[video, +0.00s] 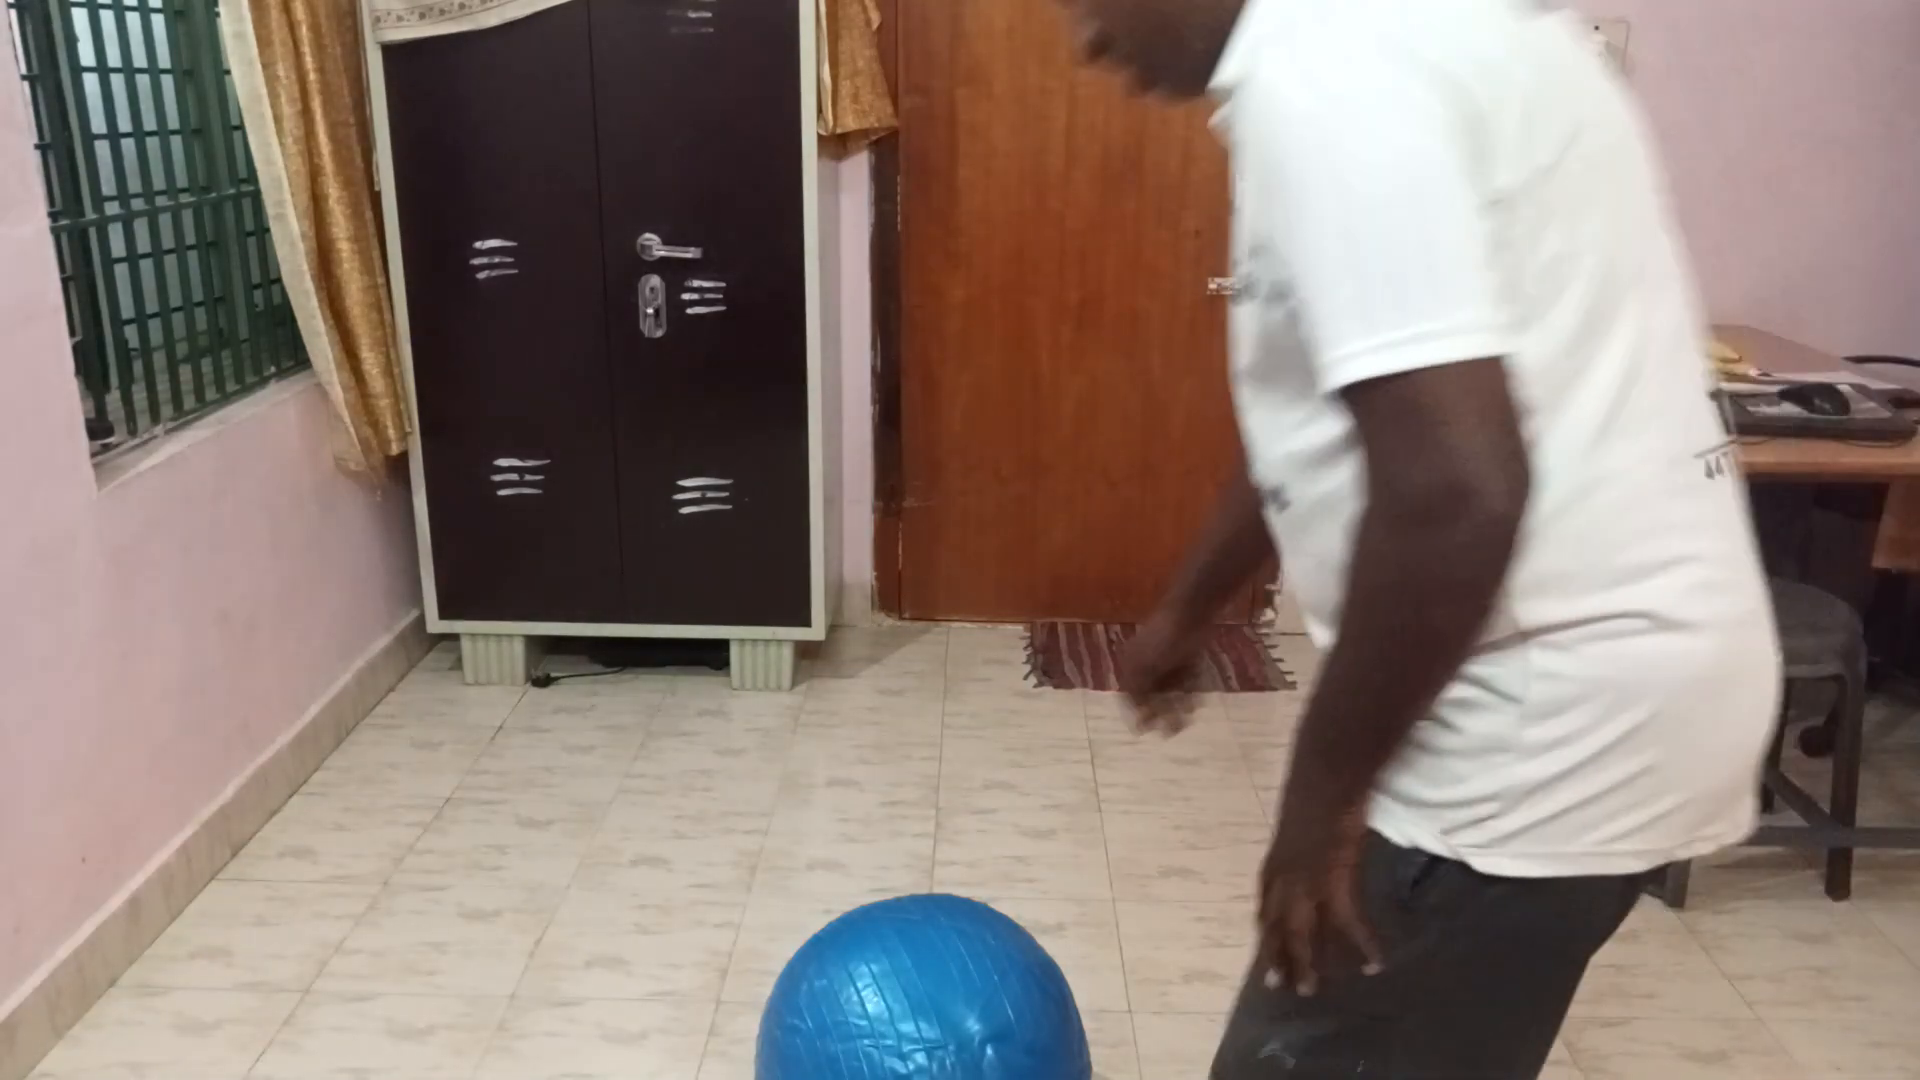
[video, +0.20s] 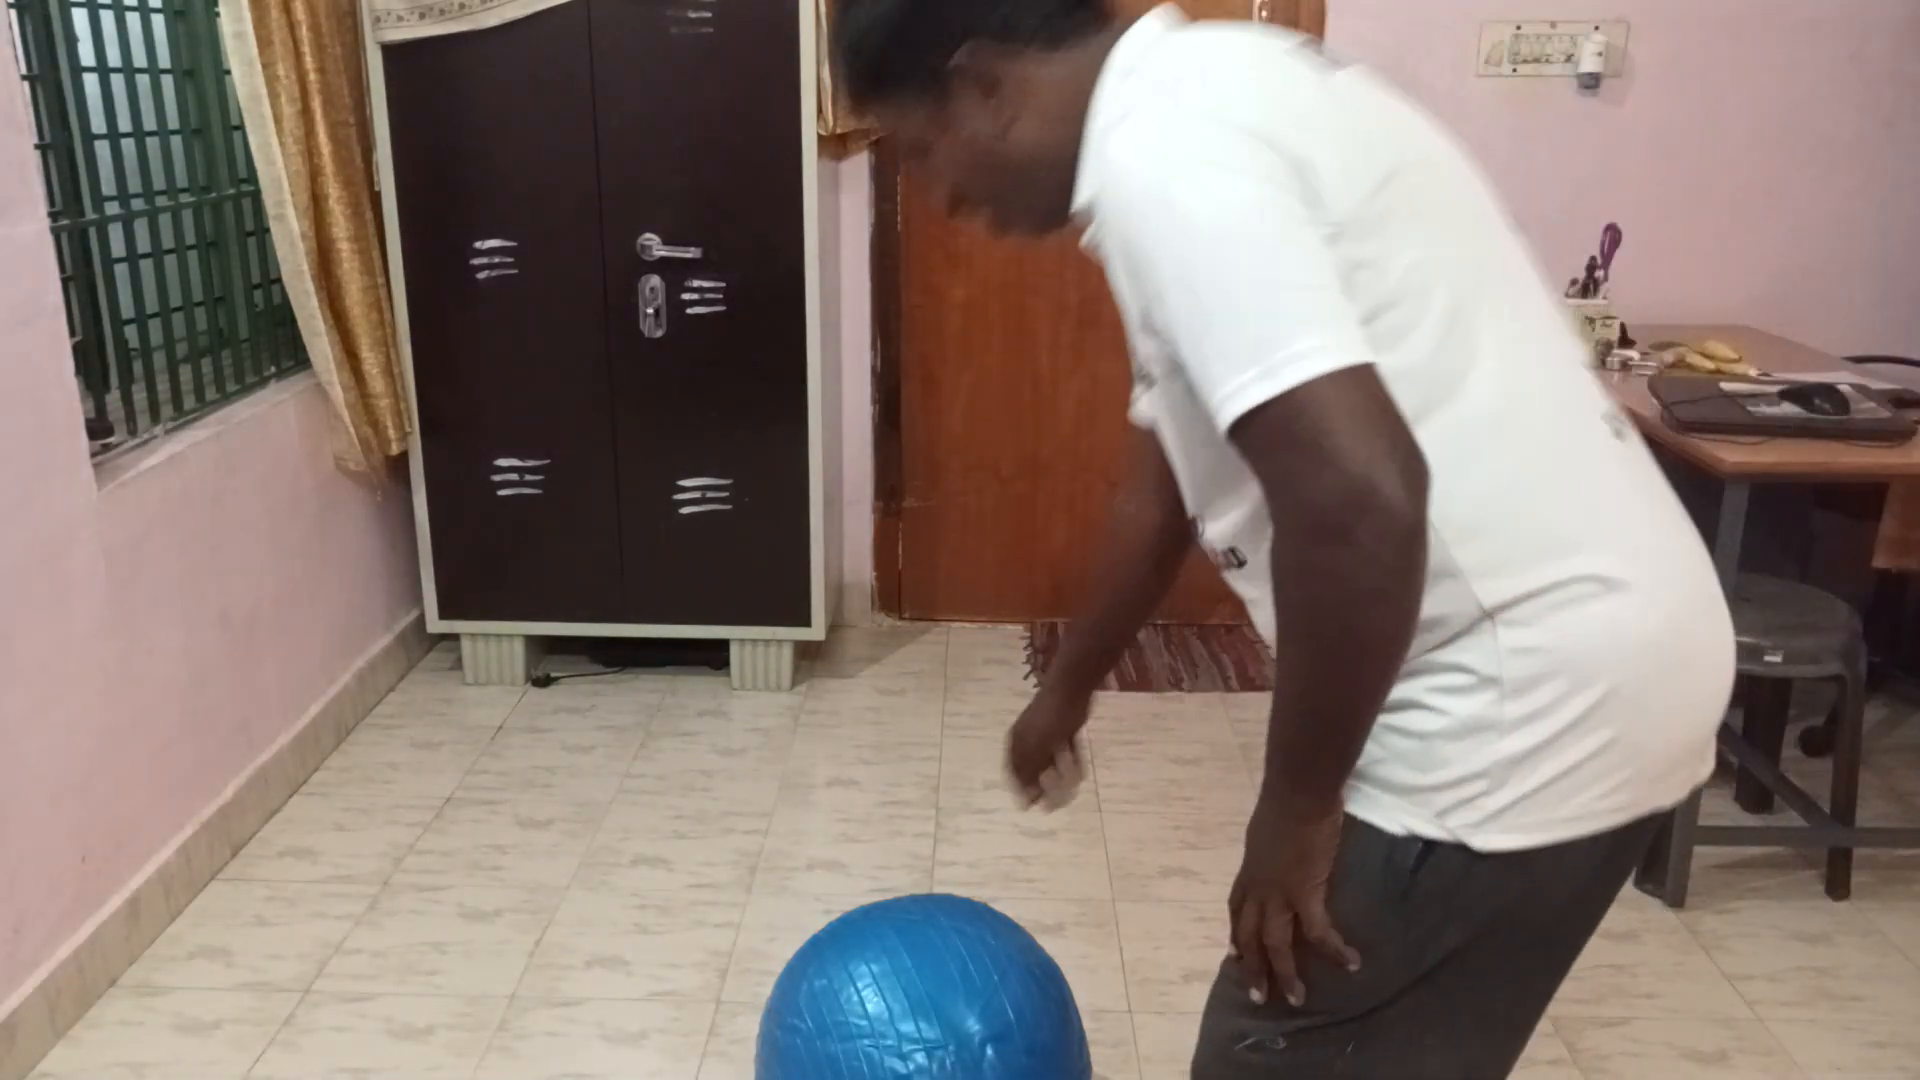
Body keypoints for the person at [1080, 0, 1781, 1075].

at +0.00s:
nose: (1085, 41)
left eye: (1087, 6)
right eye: (1078, 15)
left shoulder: (1323, 64)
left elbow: (1453, 489)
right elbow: (1326, 402)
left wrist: (1320, 802)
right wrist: (1185, 611)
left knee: (1290, 1060)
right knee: (1400, 1053)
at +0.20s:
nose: (934, 194)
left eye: (919, 149)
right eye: (905, 165)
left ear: (990, 76)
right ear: (1000, 65)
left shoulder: (1164, 137)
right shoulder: (1209, 93)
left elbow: (1355, 499)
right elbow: (1169, 469)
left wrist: (1297, 809)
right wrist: (1066, 684)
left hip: (1513, 706)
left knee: (1268, 1048)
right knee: (1390, 1049)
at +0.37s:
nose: (878, 337)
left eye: (859, 292)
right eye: (854, 306)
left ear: (913, 227)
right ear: (925, 219)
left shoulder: (1089, 224)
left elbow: (1343, 480)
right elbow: (1090, 566)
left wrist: (1319, 795)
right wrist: (999, 776)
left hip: (1532, 655)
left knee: (1284, 1042)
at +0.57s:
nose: (864, 426)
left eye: (838, 390)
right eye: (835, 402)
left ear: (880, 332)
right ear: (900, 319)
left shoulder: (1033, 300)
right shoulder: (1043, 406)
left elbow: (1313, 452)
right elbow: (1044, 657)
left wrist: (1337, 754)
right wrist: (972, 848)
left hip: (1527, 603)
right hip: (1451, 590)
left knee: (1304, 1012)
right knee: (1279, 818)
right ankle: (1352, 1034)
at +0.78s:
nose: (867, 401)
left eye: (844, 367)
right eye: (841, 380)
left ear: (879, 306)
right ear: (898, 294)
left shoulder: (1014, 279)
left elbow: (1267, 443)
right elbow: (1073, 621)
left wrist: (1311, 728)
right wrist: (987, 803)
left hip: (1490, 594)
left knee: (1303, 991)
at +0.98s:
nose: (866, 371)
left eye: (841, 334)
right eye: (838, 346)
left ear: (883, 275)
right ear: (902, 256)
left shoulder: (1010, 259)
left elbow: (1232, 439)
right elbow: (1095, 569)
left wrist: (1284, 722)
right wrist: (990, 737)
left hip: (1465, 587)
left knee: (1295, 994)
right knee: (1319, 983)